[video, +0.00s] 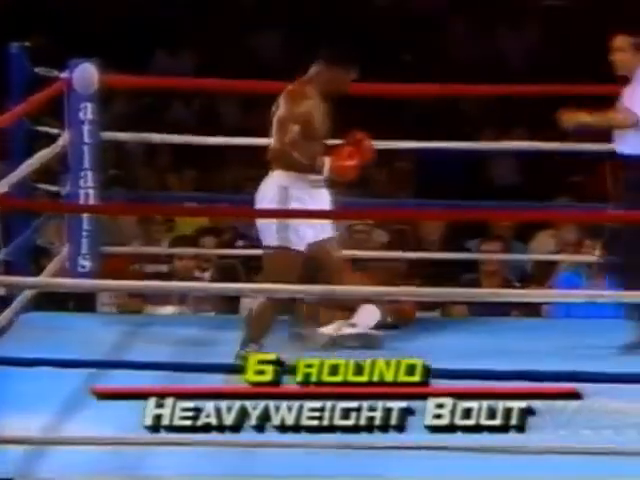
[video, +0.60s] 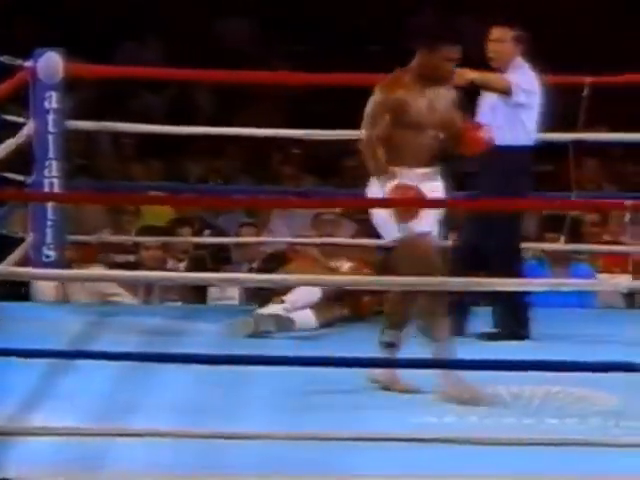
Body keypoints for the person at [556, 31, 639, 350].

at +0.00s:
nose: (615, 58)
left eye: (621, 51)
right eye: (613, 51)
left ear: (635, 54)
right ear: (616, 56)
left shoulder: (635, 84)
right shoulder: (629, 85)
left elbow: (628, 117)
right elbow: (623, 116)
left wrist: (584, 119)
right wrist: (585, 119)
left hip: (633, 165)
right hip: (624, 164)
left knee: (626, 240)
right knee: (624, 239)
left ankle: (635, 327)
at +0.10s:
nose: (591, 58)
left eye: (597, 52)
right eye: (590, 52)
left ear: (617, 54)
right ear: (593, 57)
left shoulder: (627, 80)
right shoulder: (605, 86)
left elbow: (606, 103)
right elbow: (602, 136)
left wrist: (559, 91)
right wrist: (583, 158)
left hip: (623, 172)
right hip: (603, 173)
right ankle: (560, 325)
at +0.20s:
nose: (577, 59)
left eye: (584, 53)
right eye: (575, 53)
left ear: (602, 57)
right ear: (577, 58)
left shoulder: (609, 86)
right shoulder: (590, 87)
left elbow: (581, 98)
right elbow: (574, 136)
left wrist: (541, 86)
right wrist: (548, 156)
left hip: (597, 176)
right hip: (581, 174)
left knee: (558, 249)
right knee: (607, 251)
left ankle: (543, 327)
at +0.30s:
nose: (550, 54)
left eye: (557, 49)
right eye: (549, 49)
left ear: (575, 54)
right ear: (551, 54)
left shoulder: (581, 82)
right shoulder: (563, 84)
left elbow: (550, 93)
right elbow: (546, 134)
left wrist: (513, 82)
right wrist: (523, 160)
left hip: (564, 168)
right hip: (548, 167)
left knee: (535, 246)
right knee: (538, 246)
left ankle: (530, 327)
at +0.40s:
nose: (533, 48)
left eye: (540, 42)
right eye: (532, 42)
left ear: (557, 47)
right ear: (532, 47)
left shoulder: (563, 76)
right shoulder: (546, 76)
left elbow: (534, 87)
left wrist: (496, 79)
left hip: (544, 162)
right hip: (530, 160)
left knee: (527, 241)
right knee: (521, 240)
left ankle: (527, 323)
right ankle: (523, 321)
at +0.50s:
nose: (508, 47)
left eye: (516, 41)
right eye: (506, 41)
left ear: (532, 46)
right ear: (504, 45)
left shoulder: (539, 75)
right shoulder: (512, 80)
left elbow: (518, 86)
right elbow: (503, 129)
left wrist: (482, 76)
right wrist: (479, 135)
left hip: (524, 160)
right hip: (503, 160)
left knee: (512, 240)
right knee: (489, 237)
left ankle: (519, 321)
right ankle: (490, 314)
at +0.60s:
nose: (493, 47)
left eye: (501, 41)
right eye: (490, 41)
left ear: (517, 46)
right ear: (487, 46)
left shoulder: (525, 77)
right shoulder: (495, 80)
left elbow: (507, 85)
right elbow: (485, 128)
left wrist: (471, 76)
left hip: (511, 158)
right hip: (489, 157)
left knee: (502, 239)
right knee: (476, 236)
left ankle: (513, 322)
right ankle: (454, 314)